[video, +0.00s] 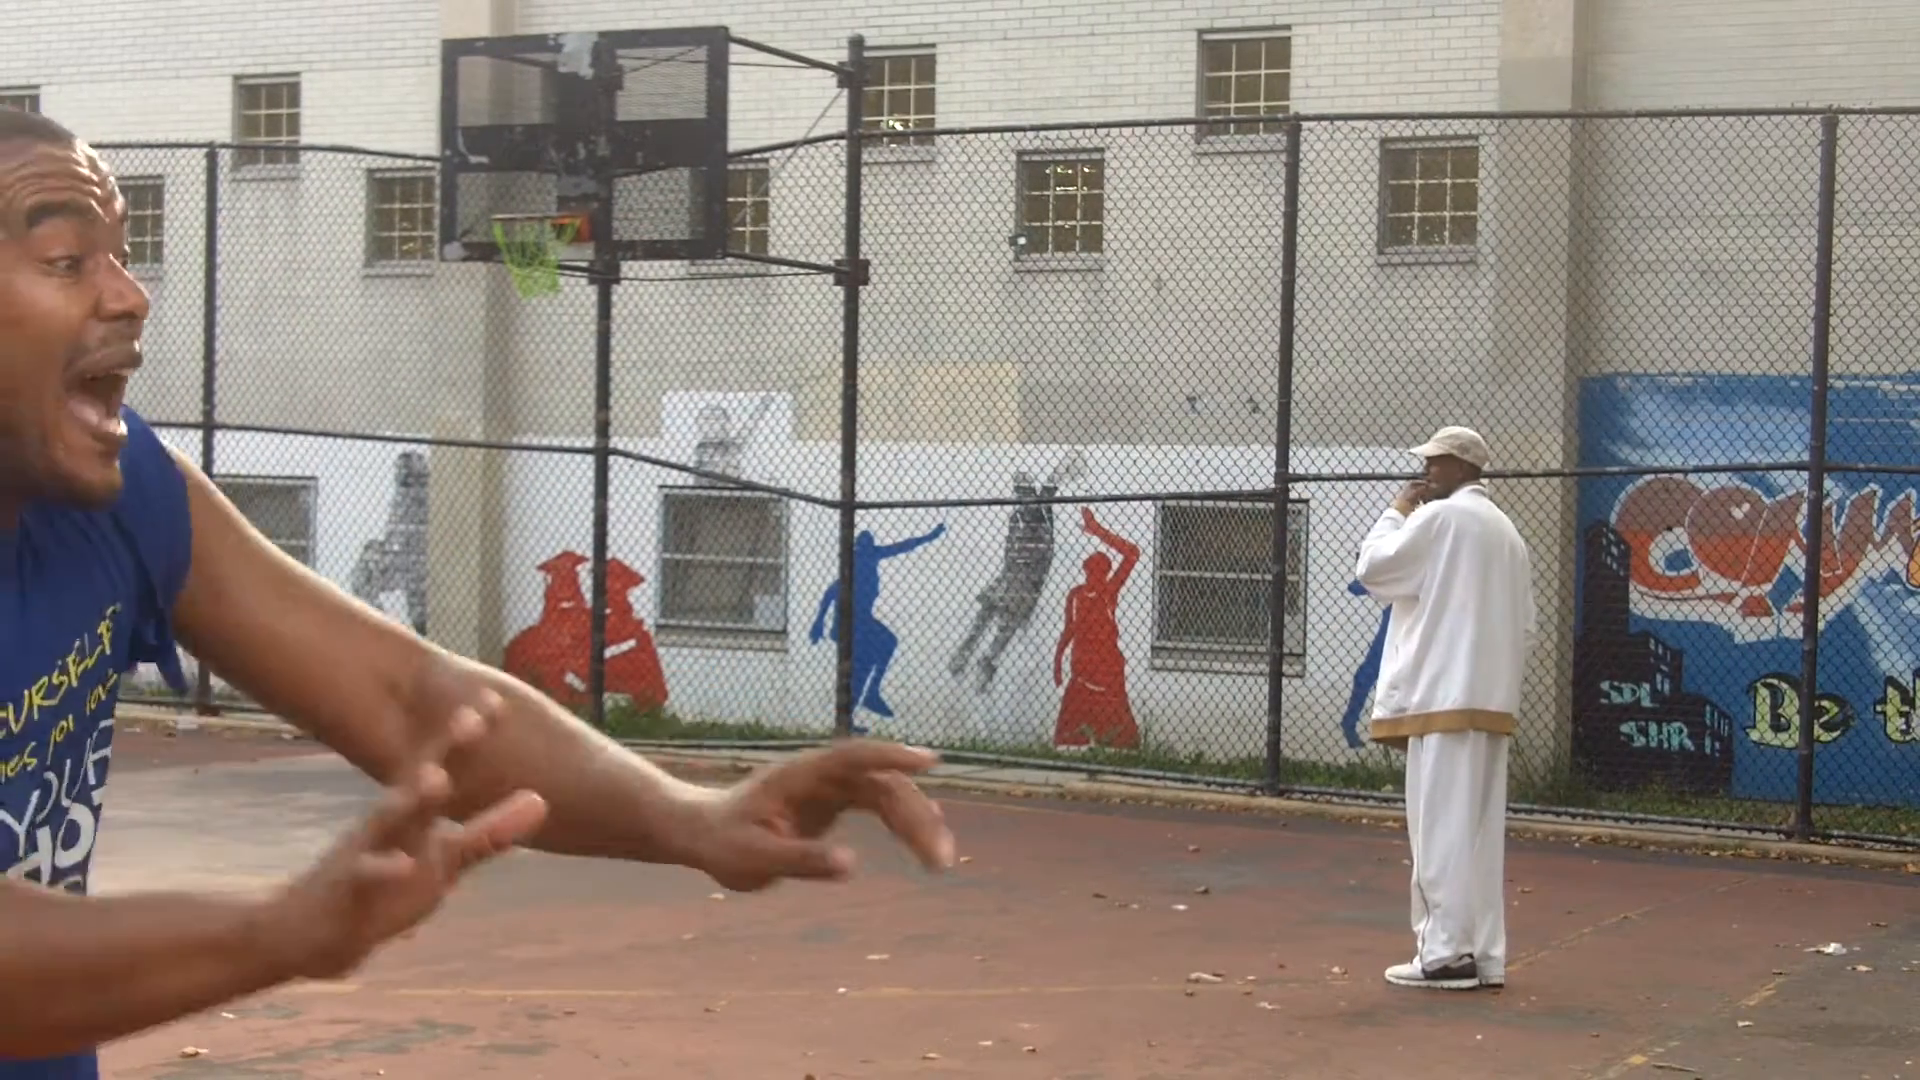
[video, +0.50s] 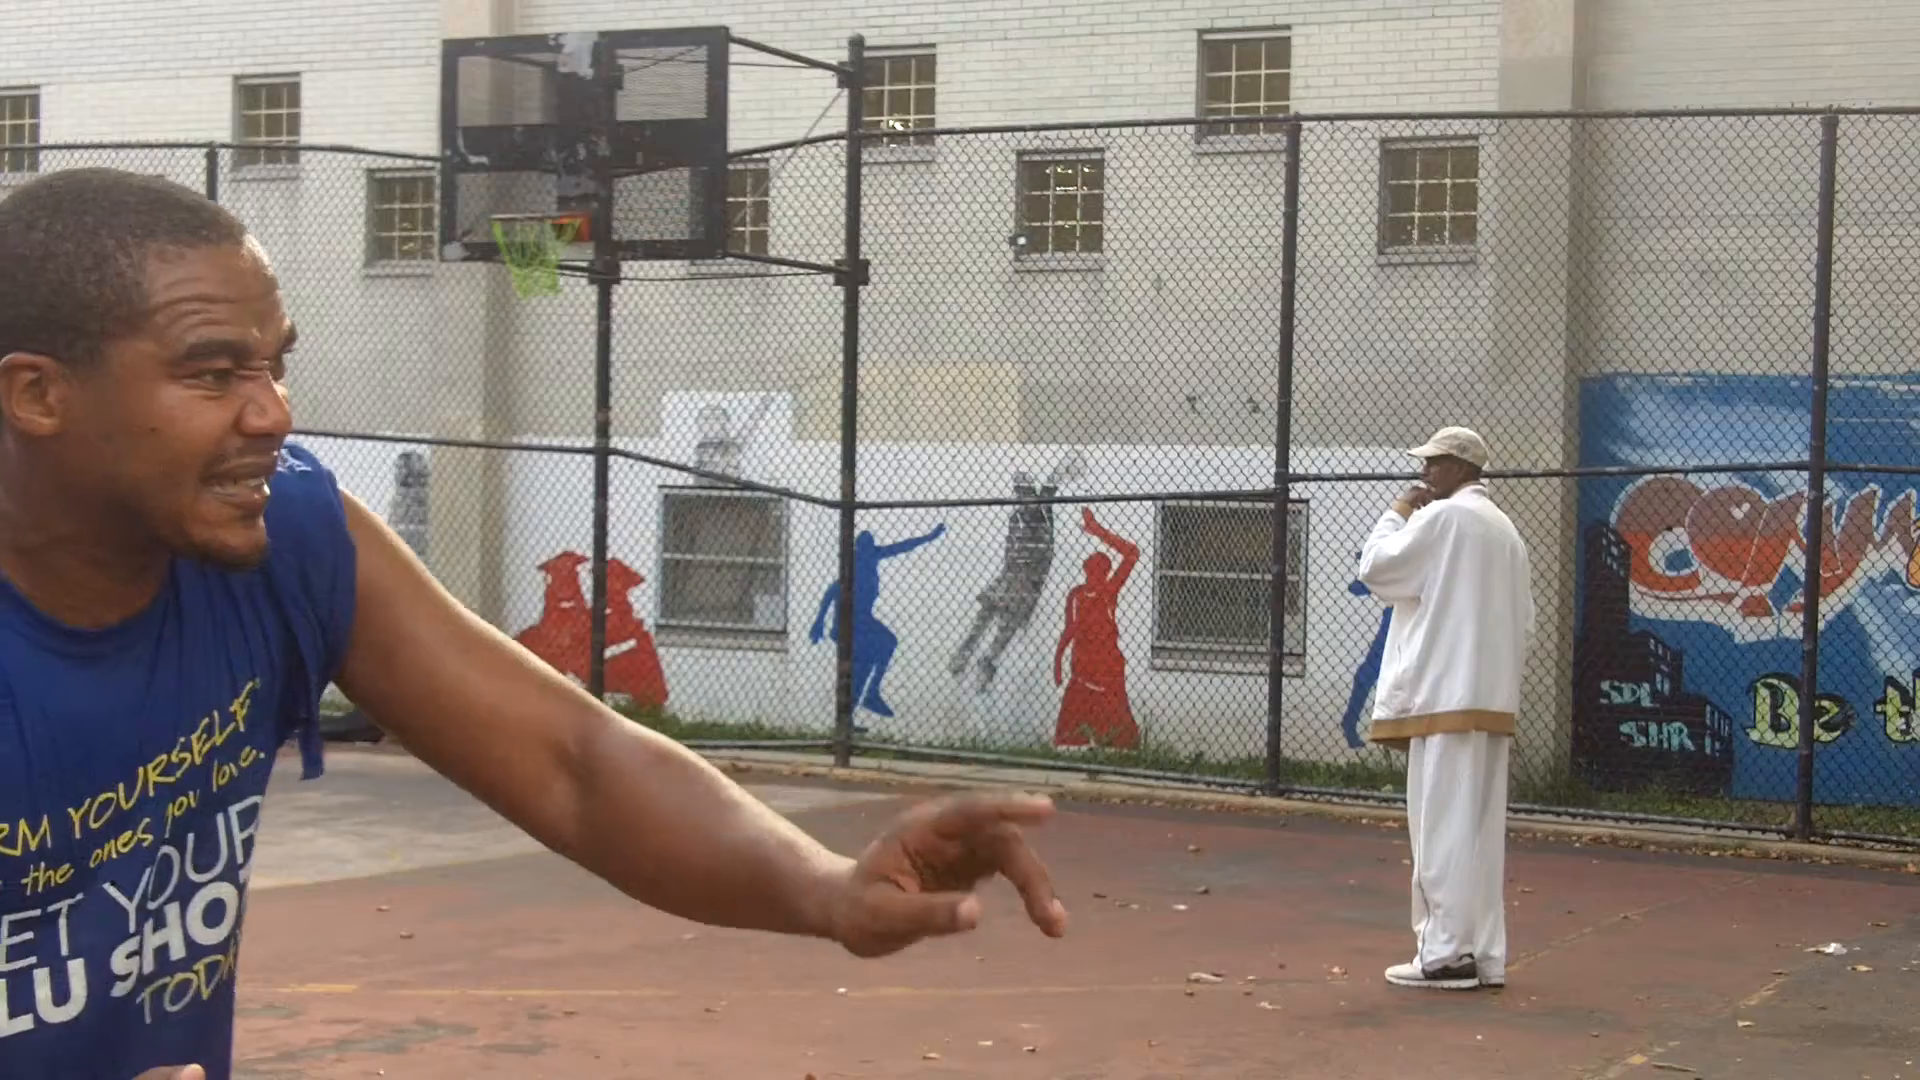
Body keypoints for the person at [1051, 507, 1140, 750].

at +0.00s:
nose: (1097, 575)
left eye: (1101, 570)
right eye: (1093, 569)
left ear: (1107, 572)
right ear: (1086, 569)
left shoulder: (1112, 589)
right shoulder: (1076, 593)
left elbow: (1132, 554)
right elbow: (1069, 628)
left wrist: (1098, 531)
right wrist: (1058, 659)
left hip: (1108, 657)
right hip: (1082, 657)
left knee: (1111, 705)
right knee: (1078, 705)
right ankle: (1070, 746)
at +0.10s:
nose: (1096, 575)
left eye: (1100, 570)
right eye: (1093, 569)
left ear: (1106, 572)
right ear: (1086, 570)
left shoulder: (1112, 589)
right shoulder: (1076, 593)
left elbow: (1132, 554)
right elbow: (1069, 628)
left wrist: (1098, 531)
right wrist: (1058, 658)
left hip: (1108, 657)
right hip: (1082, 657)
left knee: (1111, 704)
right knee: (1077, 704)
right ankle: (1070, 745)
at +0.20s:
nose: (1097, 575)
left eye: (1101, 570)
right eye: (1093, 569)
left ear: (1107, 572)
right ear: (1086, 569)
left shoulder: (1112, 589)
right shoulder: (1076, 593)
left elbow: (1132, 554)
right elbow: (1069, 628)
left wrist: (1098, 531)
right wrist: (1058, 659)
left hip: (1108, 657)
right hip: (1082, 657)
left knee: (1111, 705)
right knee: (1078, 705)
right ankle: (1070, 746)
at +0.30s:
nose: (1097, 575)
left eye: (1101, 570)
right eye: (1093, 569)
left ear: (1107, 572)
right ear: (1086, 569)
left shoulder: (1112, 589)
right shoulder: (1076, 593)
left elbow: (1132, 554)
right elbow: (1069, 628)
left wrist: (1098, 531)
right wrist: (1058, 659)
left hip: (1108, 657)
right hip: (1082, 657)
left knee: (1111, 705)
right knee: (1078, 705)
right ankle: (1070, 746)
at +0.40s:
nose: (1097, 575)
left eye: (1101, 570)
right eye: (1093, 569)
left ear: (1107, 572)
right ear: (1086, 569)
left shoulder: (1112, 589)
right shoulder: (1076, 593)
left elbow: (1132, 554)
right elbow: (1069, 628)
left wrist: (1098, 531)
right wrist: (1058, 659)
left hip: (1108, 657)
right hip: (1082, 657)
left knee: (1111, 705)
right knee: (1078, 705)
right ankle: (1070, 746)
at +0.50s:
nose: (1096, 575)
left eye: (1100, 570)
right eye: (1093, 569)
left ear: (1106, 572)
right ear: (1086, 569)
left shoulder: (1112, 589)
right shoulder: (1076, 594)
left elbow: (1132, 554)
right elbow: (1070, 628)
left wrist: (1099, 531)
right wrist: (1058, 658)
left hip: (1109, 658)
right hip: (1083, 658)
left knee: (1112, 706)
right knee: (1077, 705)